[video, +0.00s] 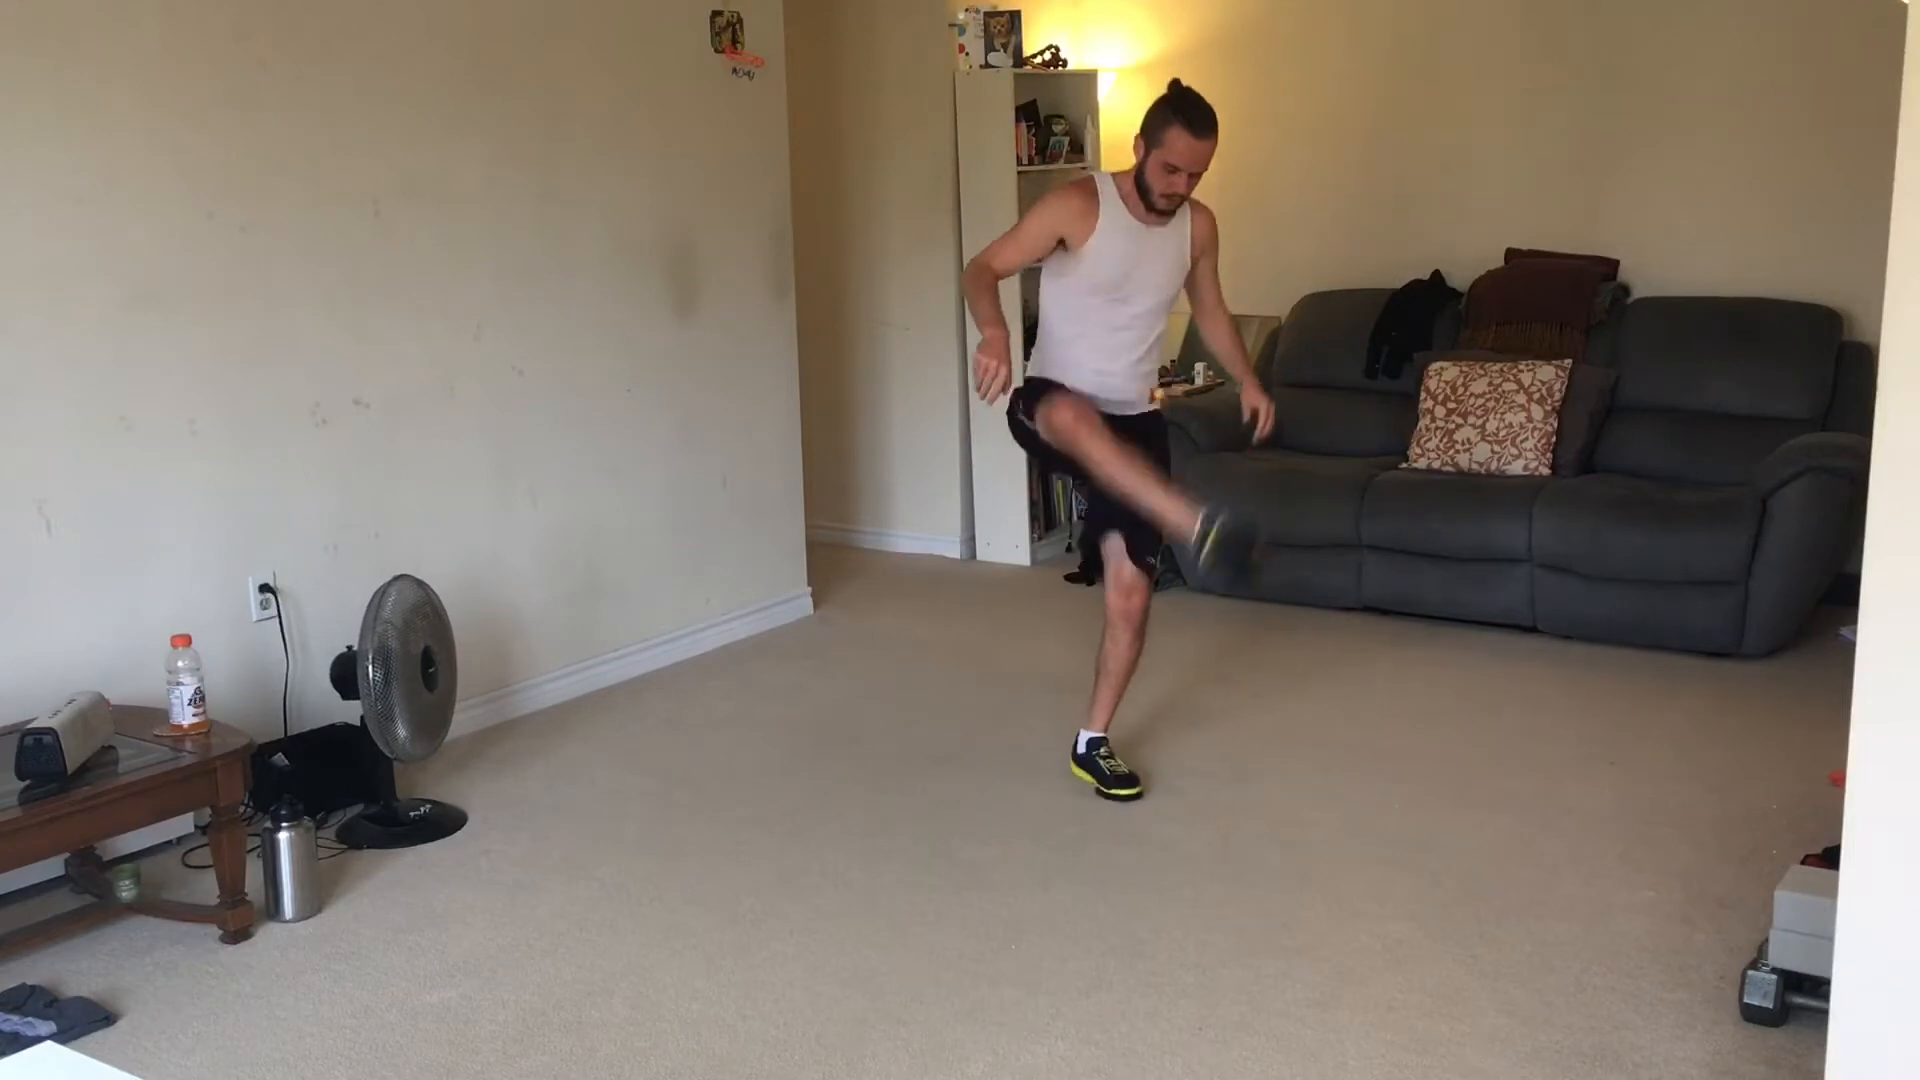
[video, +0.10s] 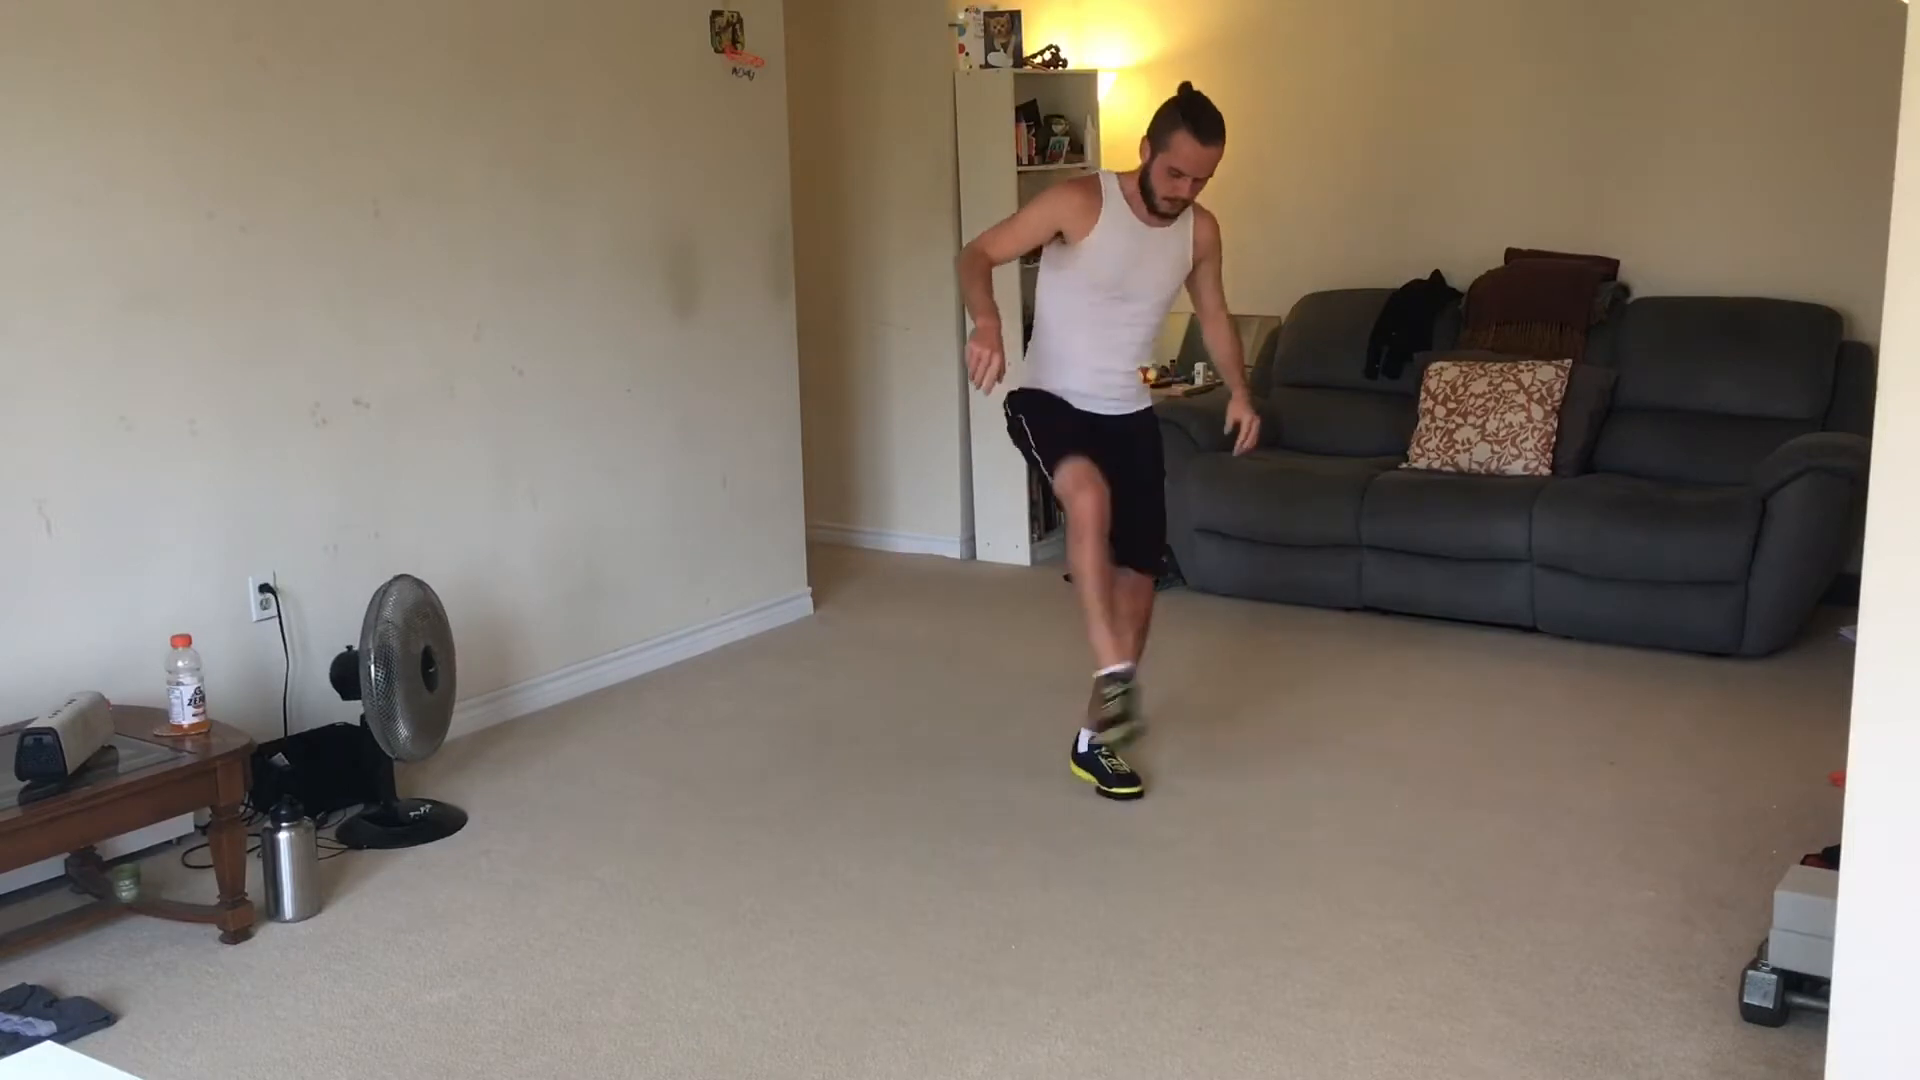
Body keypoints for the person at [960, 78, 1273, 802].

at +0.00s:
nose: (1181, 185)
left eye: (1195, 174)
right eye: (1170, 168)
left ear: (1207, 164)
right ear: (1139, 148)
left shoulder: (1196, 224)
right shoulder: (1076, 205)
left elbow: (1211, 314)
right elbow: (981, 271)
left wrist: (1247, 379)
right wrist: (992, 330)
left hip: (1135, 415)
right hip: (1055, 400)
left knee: (1130, 592)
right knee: (1066, 412)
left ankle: (1092, 740)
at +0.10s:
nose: (1185, 189)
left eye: (1199, 178)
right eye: (1175, 172)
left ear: (1213, 168)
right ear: (1146, 149)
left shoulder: (1199, 230)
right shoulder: (1078, 199)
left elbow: (1213, 316)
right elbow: (977, 255)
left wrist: (1239, 390)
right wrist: (986, 321)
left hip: (1128, 412)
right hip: (1047, 397)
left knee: (1135, 580)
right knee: (1088, 493)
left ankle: (1094, 741)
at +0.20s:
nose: (1189, 186)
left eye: (1205, 176)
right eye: (1179, 169)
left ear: (1217, 164)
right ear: (1151, 143)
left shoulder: (1204, 224)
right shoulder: (1077, 189)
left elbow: (1234, 310)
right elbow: (972, 229)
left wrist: (1242, 380)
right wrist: (975, 301)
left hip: (1127, 418)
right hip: (1042, 406)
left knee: (1119, 593)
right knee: (1059, 549)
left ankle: (1093, 738)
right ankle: (1060, 621)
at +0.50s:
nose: (1163, 288)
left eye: (1178, 279)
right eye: (1155, 273)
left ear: (1197, 260)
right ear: (1129, 238)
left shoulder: (1193, 302)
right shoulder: (1067, 240)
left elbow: (1261, 385)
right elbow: (988, 262)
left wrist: (1235, 470)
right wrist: (968, 350)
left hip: (1104, 471)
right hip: (1028, 450)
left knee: (1048, 623)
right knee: (957, 574)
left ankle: (1062, 755)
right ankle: (1094, 653)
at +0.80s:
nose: (1141, 237)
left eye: (1156, 226)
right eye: (1130, 223)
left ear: (1174, 205)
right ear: (1103, 195)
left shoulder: (1182, 265)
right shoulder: (1058, 219)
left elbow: (1250, 353)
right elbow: (986, 266)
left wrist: (1278, 455)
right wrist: (980, 339)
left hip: (1139, 444)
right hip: (1073, 435)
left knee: (1060, 602)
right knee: (1016, 584)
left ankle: (1064, 752)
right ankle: (1168, 642)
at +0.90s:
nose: (1153, 191)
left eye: (1167, 180)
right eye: (1141, 177)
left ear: (1188, 160)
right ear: (1115, 152)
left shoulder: (1203, 219)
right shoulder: (1071, 189)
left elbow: (1266, 287)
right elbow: (998, 247)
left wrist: (1294, 379)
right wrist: (1006, 305)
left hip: (1157, 416)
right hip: (1092, 408)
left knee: (1104, 581)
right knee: (1016, 540)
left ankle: (1098, 749)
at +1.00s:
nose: (1182, 166)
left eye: (1195, 154)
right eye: (1170, 152)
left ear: (1213, 138)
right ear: (1143, 129)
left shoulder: (1228, 201)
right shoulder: (1090, 175)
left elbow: (1295, 288)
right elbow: (1024, 236)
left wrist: (1323, 387)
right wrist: (1001, 299)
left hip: (1174, 406)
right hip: (1098, 395)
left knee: (1153, 583)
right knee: (1037, 551)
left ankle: (1189, 724)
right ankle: (1181, 556)